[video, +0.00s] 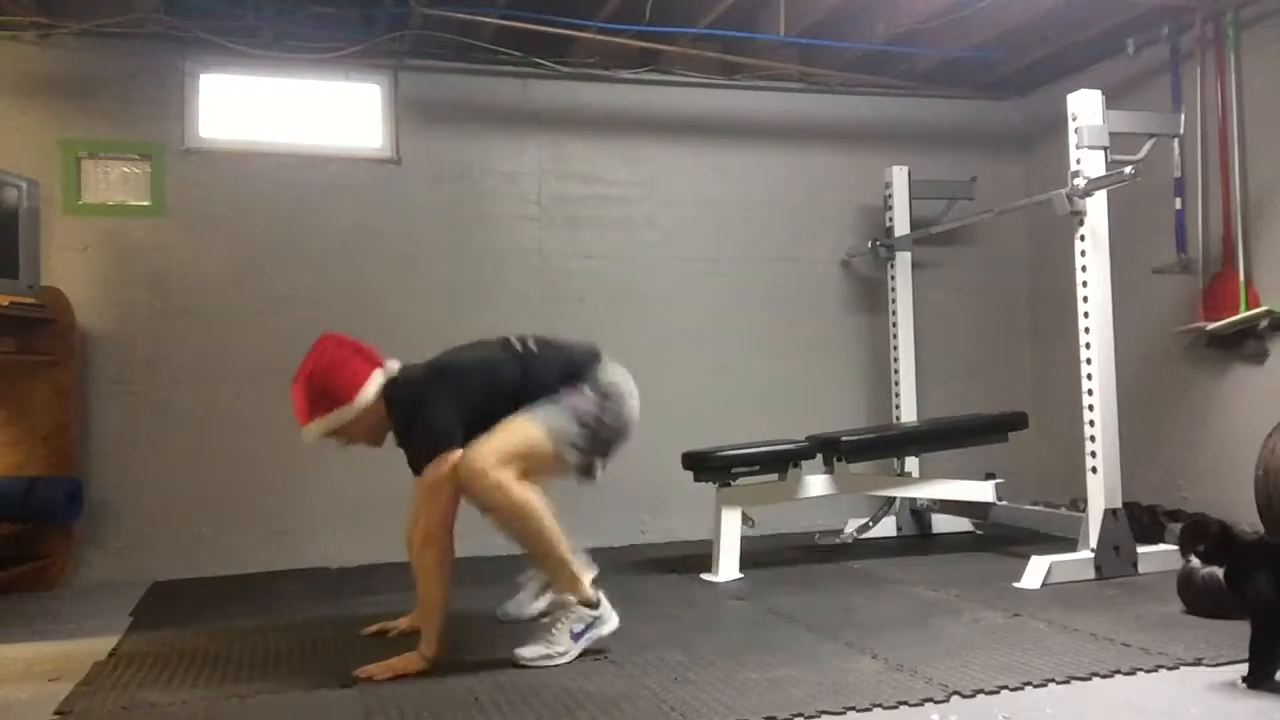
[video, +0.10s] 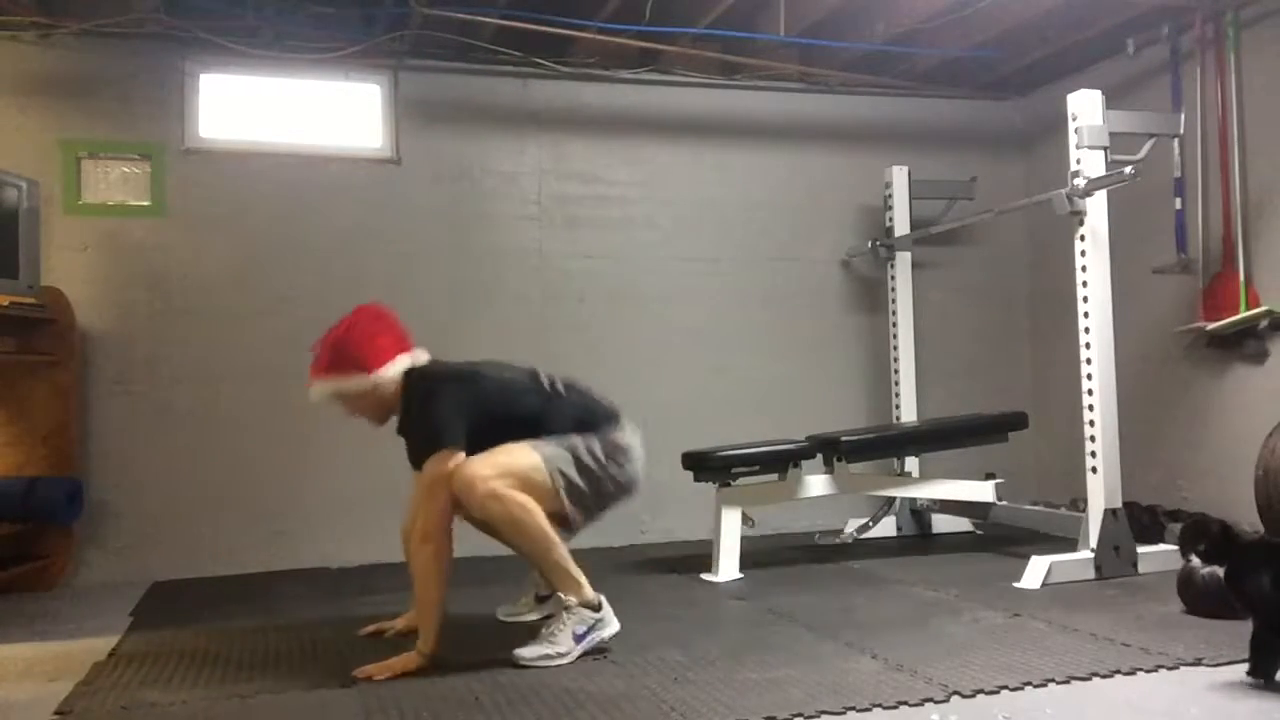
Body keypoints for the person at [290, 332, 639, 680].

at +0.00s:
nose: (343, 442)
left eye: (339, 430)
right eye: (334, 436)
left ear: (362, 402)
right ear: (365, 397)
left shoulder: (427, 406)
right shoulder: (410, 405)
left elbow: (435, 538)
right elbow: (423, 527)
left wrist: (426, 652)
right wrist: (423, 611)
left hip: (597, 393)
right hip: (572, 392)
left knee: (485, 466)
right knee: (472, 468)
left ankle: (586, 606)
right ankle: (562, 569)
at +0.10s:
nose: (349, 409)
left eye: (349, 394)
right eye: (341, 398)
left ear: (376, 376)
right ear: (382, 373)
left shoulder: (436, 397)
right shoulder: (419, 405)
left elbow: (431, 533)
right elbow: (422, 524)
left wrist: (424, 651)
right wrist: (422, 609)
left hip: (607, 447)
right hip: (578, 448)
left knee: (479, 481)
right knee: (456, 486)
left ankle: (587, 609)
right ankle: (555, 578)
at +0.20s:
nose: (370, 373)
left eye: (374, 358)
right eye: (367, 361)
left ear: (404, 348)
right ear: (408, 348)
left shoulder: (459, 382)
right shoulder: (438, 391)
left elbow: (436, 515)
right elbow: (423, 509)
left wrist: (410, 631)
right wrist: (409, 603)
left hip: (613, 468)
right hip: (582, 468)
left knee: (488, 482)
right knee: (458, 488)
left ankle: (590, 612)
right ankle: (556, 579)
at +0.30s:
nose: (390, 329)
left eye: (394, 314)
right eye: (388, 316)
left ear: (425, 309)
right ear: (431, 310)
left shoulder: (480, 348)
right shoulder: (454, 360)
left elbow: (443, 474)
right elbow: (429, 470)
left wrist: (380, 575)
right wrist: (379, 567)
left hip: (621, 442)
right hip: (591, 444)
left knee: (497, 475)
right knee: (468, 482)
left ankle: (591, 614)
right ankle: (562, 577)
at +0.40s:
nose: (403, 271)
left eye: (408, 257)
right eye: (401, 258)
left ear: (441, 255)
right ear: (445, 254)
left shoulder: (490, 300)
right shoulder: (470, 309)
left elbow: (442, 403)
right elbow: (433, 408)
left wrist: (348, 461)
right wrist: (348, 462)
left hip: (625, 408)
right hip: (585, 411)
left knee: (504, 468)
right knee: (476, 472)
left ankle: (592, 614)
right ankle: (568, 580)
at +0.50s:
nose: (423, 207)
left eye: (430, 192)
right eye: (422, 193)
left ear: (467, 188)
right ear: (471, 191)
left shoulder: (506, 234)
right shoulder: (486, 242)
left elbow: (437, 319)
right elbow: (430, 332)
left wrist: (346, 309)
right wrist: (351, 322)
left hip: (619, 374)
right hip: (582, 377)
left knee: (507, 464)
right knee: (487, 465)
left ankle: (593, 614)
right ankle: (566, 579)